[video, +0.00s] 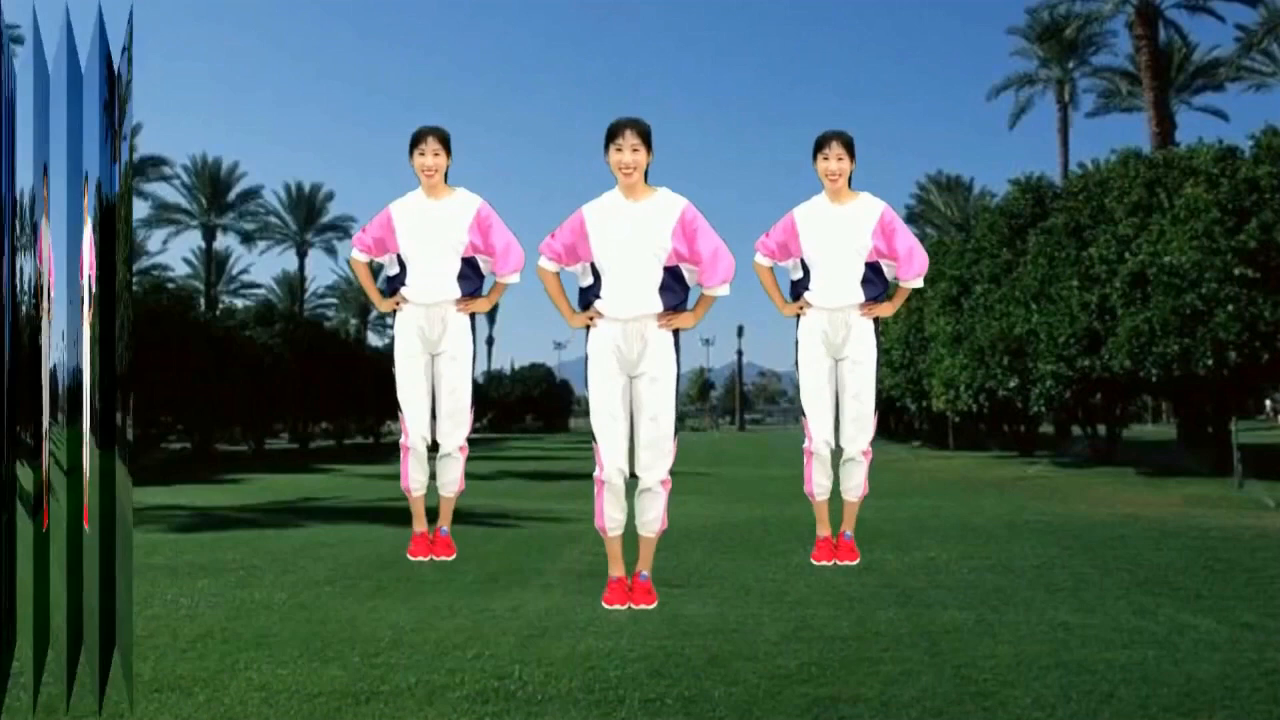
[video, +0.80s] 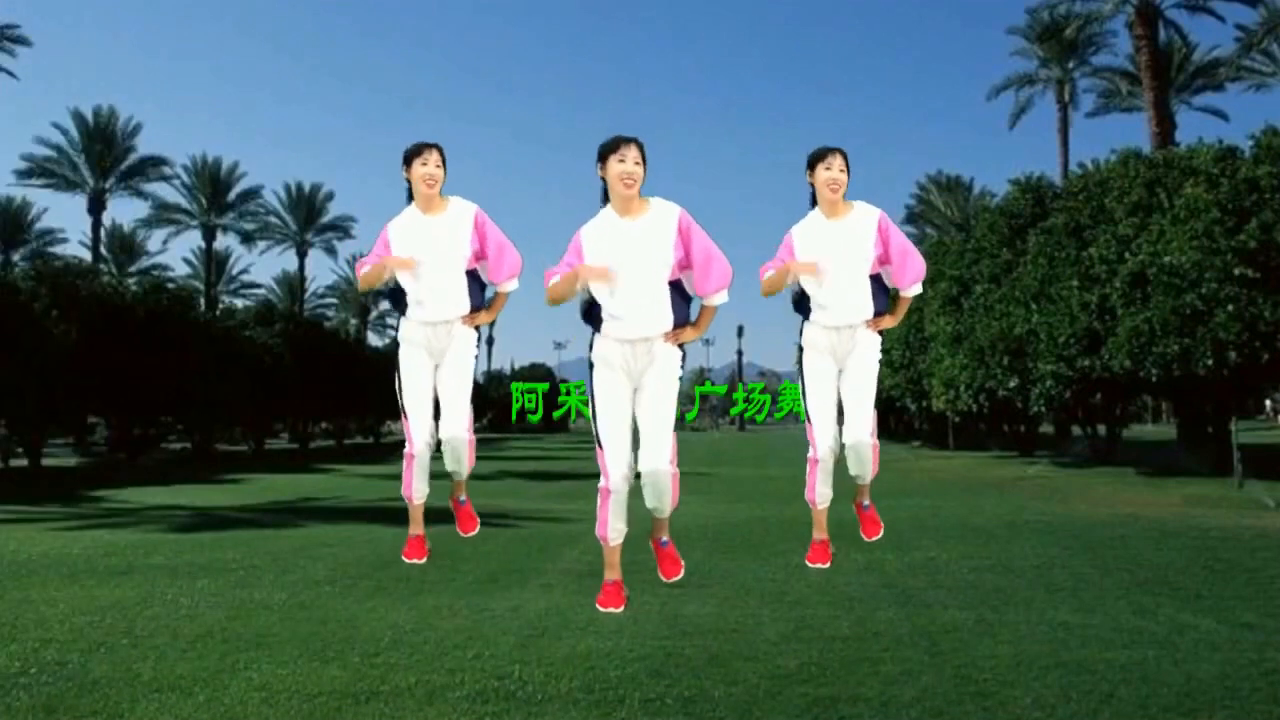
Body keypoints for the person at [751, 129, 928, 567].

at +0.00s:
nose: (833, 165)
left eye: (840, 158)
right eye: (825, 158)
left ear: (852, 164)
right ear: (815, 165)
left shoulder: (874, 210)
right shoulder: (803, 215)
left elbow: (915, 259)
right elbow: (762, 257)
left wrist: (892, 304)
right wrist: (783, 305)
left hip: (859, 325)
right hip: (814, 325)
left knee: (856, 431)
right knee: (819, 431)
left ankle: (847, 533)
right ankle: (823, 533)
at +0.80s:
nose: (835, 175)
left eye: (841, 169)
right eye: (826, 169)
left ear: (849, 179)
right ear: (811, 178)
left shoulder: (872, 220)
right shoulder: (800, 232)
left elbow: (911, 267)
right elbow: (766, 287)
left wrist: (896, 315)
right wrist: (789, 270)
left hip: (863, 335)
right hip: (818, 337)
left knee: (859, 436)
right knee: (822, 439)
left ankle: (864, 500)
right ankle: (819, 534)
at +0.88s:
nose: (837, 167)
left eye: (843, 161)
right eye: (828, 160)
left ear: (850, 170)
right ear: (812, 168)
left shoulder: (872, 207)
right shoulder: (800, 219)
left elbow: (915, 254)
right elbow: (770, 263)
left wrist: (899, 301)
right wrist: (796, 215)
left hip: (868, 324)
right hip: (824, 329)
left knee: (873, 431)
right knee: (826, 435)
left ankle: (882, 498)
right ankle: (819, 534)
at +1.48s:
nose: (847, 152)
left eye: (852, 144)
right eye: (839, 145)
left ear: (862, 148)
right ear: (824, 153)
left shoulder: (889, 182)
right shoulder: (821, 193)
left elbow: (932, 224)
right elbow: (814, 223)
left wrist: (917, 276)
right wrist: (819, 169)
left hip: (887, 296)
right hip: (843, 298)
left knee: (892, 422)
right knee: (838, 417)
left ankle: (886, 462)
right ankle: (829, 523)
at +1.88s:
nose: (857, 153)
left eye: (859, 145)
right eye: (847, 146)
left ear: (867, 156)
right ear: (832, 159)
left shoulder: (895, 200)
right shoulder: (823, 205)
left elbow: (930, 247)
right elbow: (859, 217)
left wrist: (916, 291)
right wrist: (853, 159)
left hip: (889, 308)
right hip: (844, 309)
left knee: (898, 430)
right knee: (839, 430)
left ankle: (895, 492)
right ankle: (831, 530)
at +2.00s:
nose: (860, 165)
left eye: (867, 158)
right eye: (852, 157)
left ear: (877, 165)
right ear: (838, 164)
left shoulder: (899, 202)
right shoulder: (829, 206)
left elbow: (936, 246)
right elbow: (876, 214)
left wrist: (924, 288)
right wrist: (906, 167)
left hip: (901, 309)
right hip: (858, 313)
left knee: (910, 427)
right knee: (854, 432)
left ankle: (920, 521)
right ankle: (835, 533)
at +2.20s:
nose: (866, 179)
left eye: (873, 173)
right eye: (858, 173)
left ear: (881, 181)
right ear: (843, 181)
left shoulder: (902, 223)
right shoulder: (835, 224)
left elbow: (943, 267)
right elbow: (882, 243)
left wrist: (923, 314)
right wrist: (936, 220)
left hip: (905, 338)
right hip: (860, 340)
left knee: (911, 443)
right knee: (861, 448)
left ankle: (919, 526)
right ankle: (834, 536)